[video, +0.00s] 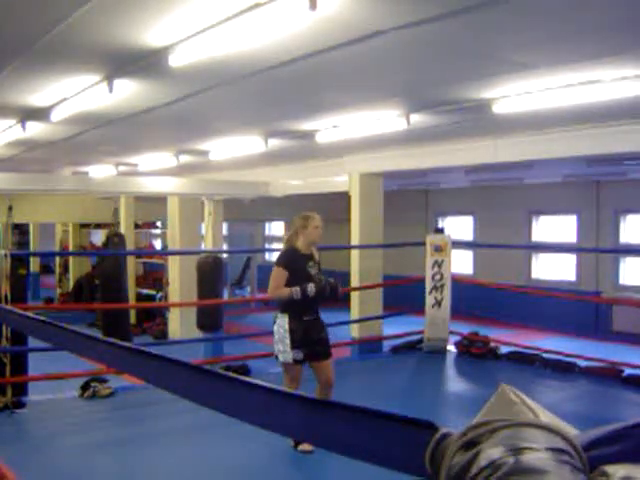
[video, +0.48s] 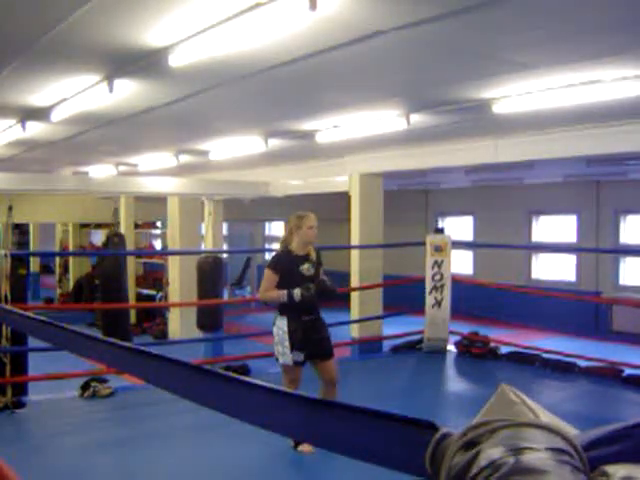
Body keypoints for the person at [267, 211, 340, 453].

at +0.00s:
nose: (320, 233)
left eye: (320, 228)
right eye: (316, 228)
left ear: (316, 230)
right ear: (302, 230)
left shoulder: (314, 256)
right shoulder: (287, 257)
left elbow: (309, 287)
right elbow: (273, 292)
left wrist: (326, 287)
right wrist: (305, 289)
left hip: (312, 317)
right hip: (290, 319)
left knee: (327, 381)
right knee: (292, 380)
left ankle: (313, 431)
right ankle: (296, 433)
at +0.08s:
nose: (318, 233)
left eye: (318, 228)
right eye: (314, 228)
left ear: (314, 231)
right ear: (300, 230)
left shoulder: (313, 257)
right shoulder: (286, 257)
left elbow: (309, 287)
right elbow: (270, 292)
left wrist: (325, 286)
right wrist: (302, 291)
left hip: (312, 318)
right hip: (290, 320)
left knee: (327, 381)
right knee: (292, 380)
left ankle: (314, 431)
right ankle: (296, 434)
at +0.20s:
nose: (316, 232)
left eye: (316, 228)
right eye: (312, 228)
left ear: (312, 231)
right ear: (298, 231)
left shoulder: (313, 256)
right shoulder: (284, 258)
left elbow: (312, 285)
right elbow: (267, 292)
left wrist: (325, 285)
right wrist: (296, 294)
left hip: (312, 318)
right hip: (289, 320)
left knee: (328, 379)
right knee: (291, 381)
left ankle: (316, 429)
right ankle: (297, 434)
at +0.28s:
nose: (316, 233)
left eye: (316, 229)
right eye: (312, 229)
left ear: (312, 231)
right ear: (298, 231)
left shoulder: (313, 257)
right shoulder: (283, 259)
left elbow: (317, 285)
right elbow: (266, 292)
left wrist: (325, 284)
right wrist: (295, 295)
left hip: (312, 318)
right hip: (288, 320)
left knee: (329, 379)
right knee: (291, 381)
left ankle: (316, 429)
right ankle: (297, 435)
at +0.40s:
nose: (315, 233)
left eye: (315, 228)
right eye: (311, 228)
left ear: (312, 230)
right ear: (297, 230)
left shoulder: (313, 256)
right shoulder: (281, 259)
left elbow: (317, 285)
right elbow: (265, 292)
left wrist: (325, 285)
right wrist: (293, 295)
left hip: (312, 317)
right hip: (288, 320)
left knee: (332, 377)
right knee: (291, 380)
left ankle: (316, 427)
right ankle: (297, 435)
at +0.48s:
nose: (314, 233)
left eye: (315, 228)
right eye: (310, 228)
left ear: (314, 231)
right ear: (296, 231)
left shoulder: (315, 255)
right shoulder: (280, 259)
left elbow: (317, 281)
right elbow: (264, 293)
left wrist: (325, 287)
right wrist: (291, 294)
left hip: (313, 318)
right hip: (289, 321)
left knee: (330, 378)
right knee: (291, 380)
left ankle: (323, 428)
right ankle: (297, 435)